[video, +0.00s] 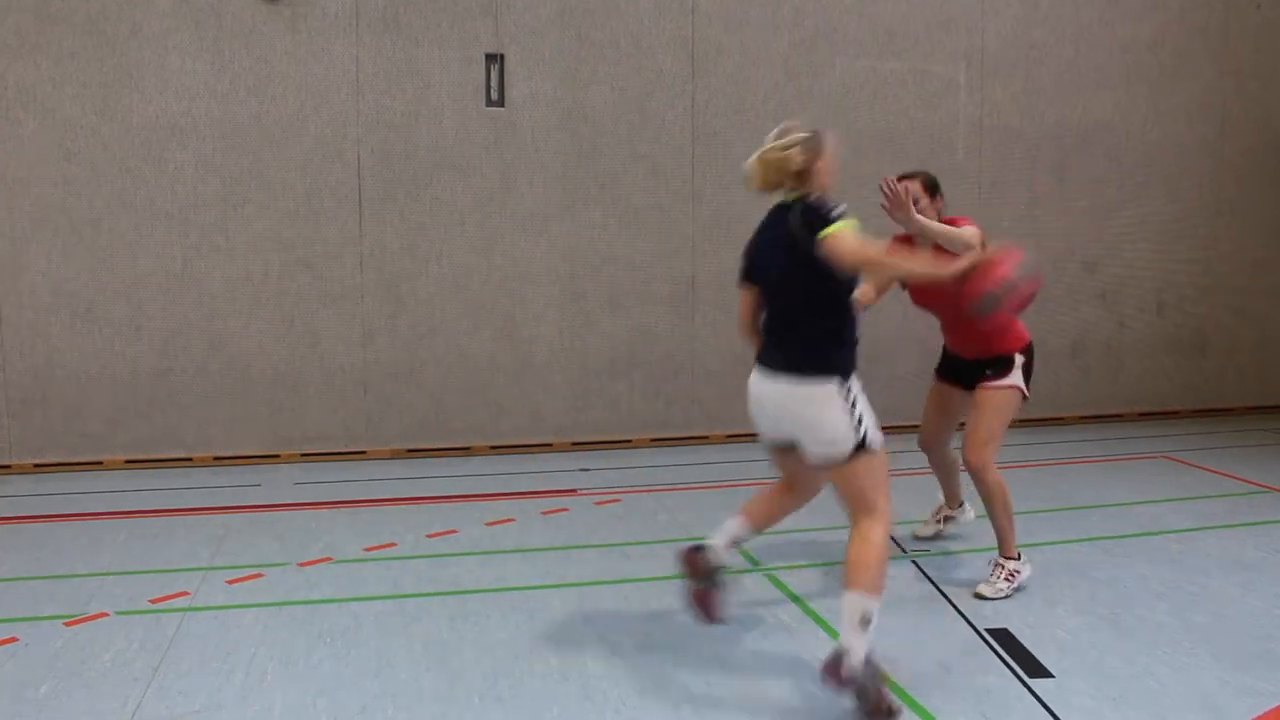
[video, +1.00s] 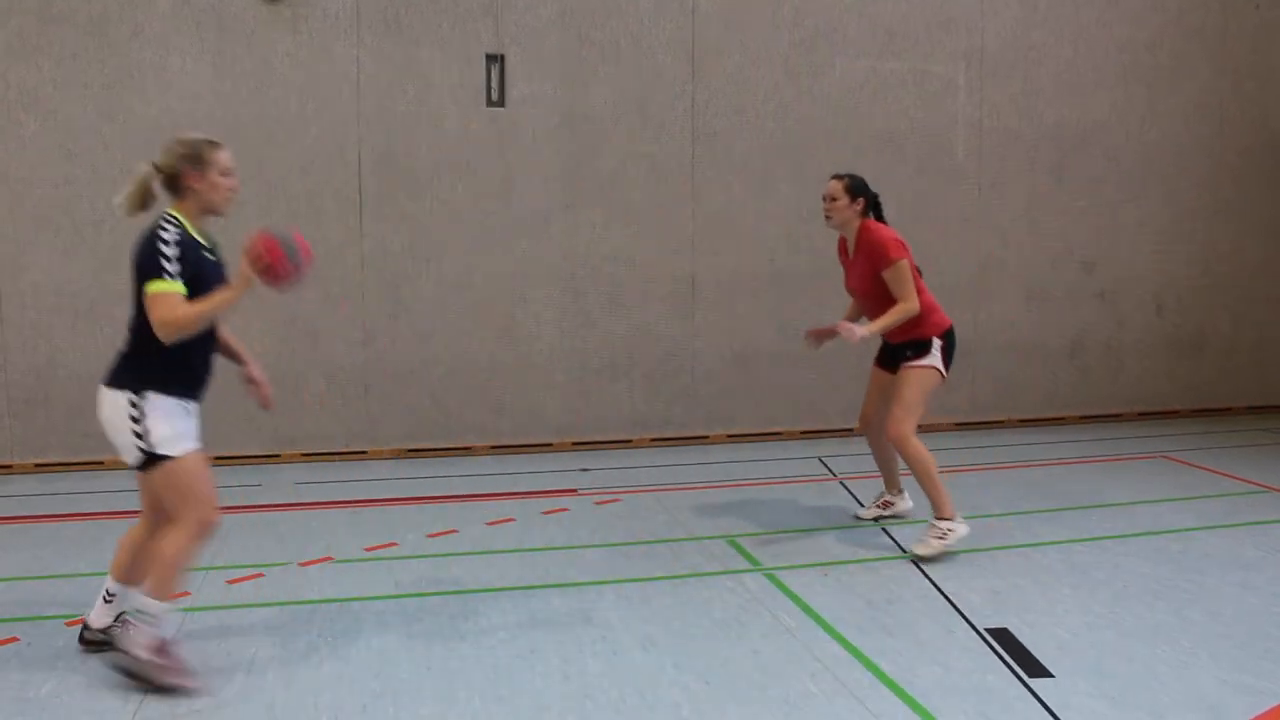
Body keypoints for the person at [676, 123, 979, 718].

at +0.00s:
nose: (833, 163)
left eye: (828, 154)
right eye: (828, 156)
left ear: (785, 173)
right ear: (813, 169)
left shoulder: (766, 231)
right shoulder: (821, 217)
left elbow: (748, 320)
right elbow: (853, 255)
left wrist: (778, 360)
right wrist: (945, 270)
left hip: (767, 388)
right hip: (826, 395)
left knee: (799, 483)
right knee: (871, 514)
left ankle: (711, 551)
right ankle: (854, 656)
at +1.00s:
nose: (234, 185)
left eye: (232, 175)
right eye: (224, 175)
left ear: (199, 182)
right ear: (191, 180)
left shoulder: (197, 238)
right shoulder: (165, 238)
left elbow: (201, 317)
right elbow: (167, 322)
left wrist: (244, 361)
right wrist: (238, 286)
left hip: (167, 398)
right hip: (144, 398)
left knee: (160, 515)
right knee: (198, 512)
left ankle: (105, 620)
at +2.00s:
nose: (312, 225)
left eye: (312, 215)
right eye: (306, 215)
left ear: (277, 217)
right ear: (277, 216)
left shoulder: (263, 261)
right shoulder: (262, 265)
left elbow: (278, 340)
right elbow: (278, 343)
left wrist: (325, 353)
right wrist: (328, 357)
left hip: (228, 393)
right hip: (209, 395)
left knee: (279, 465)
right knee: (228, 501)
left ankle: (197, 535)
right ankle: (139, 572)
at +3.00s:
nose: (793, 201)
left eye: (791, 194)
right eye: (785, 195)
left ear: (760, 207)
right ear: (764, 205)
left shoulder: (752, 245)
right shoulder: (761, 243)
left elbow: (729, 303)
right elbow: (781, 234)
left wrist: (748, 336)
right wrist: (770, 176)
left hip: (765, 365)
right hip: (750, 365)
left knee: (791, 446)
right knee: (752, 463)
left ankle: (753, 514)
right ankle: (657, 523)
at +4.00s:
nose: (434, 152)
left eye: (430, 141)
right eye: (420, 144)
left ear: (380, 162)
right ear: (384, 158)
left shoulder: (359, 217)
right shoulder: (396, 222)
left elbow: (318, 303)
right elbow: (402, 329)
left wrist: (355, 354)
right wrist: (431, 421)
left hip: (322, 391)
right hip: (355, 398)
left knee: (372, 524)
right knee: (390, 543)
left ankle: (303, 609)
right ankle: (322, 674)